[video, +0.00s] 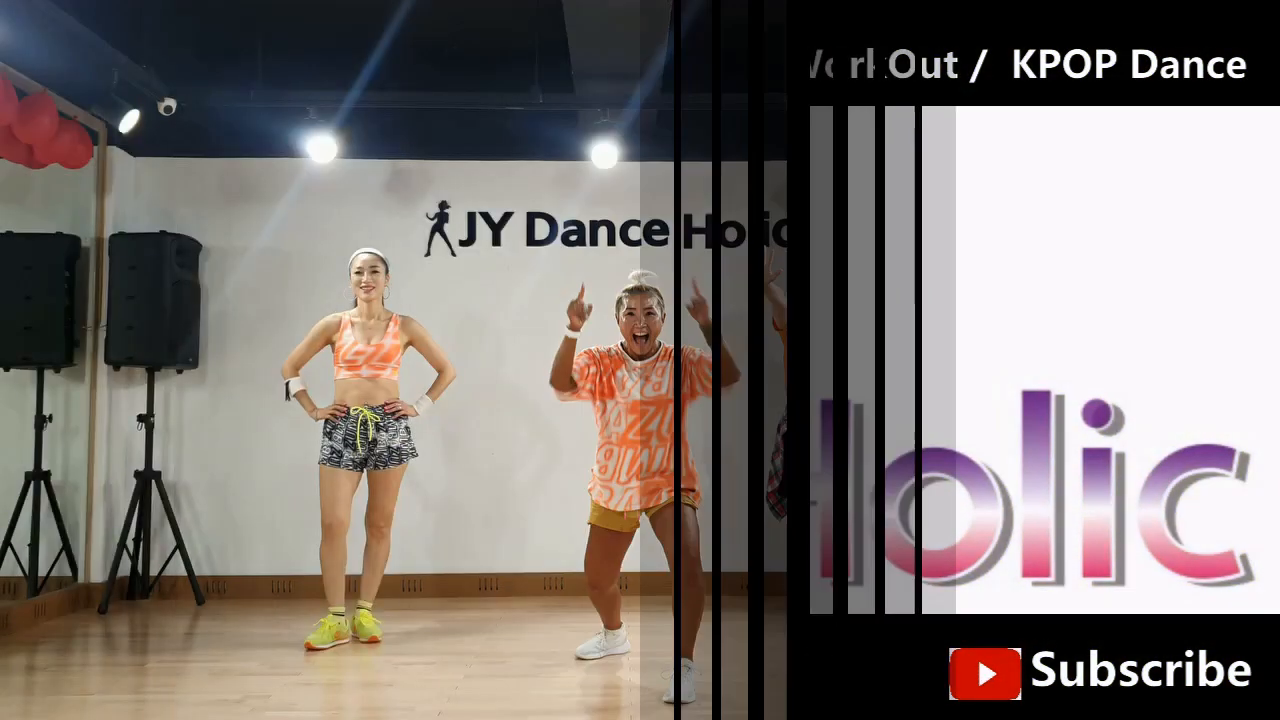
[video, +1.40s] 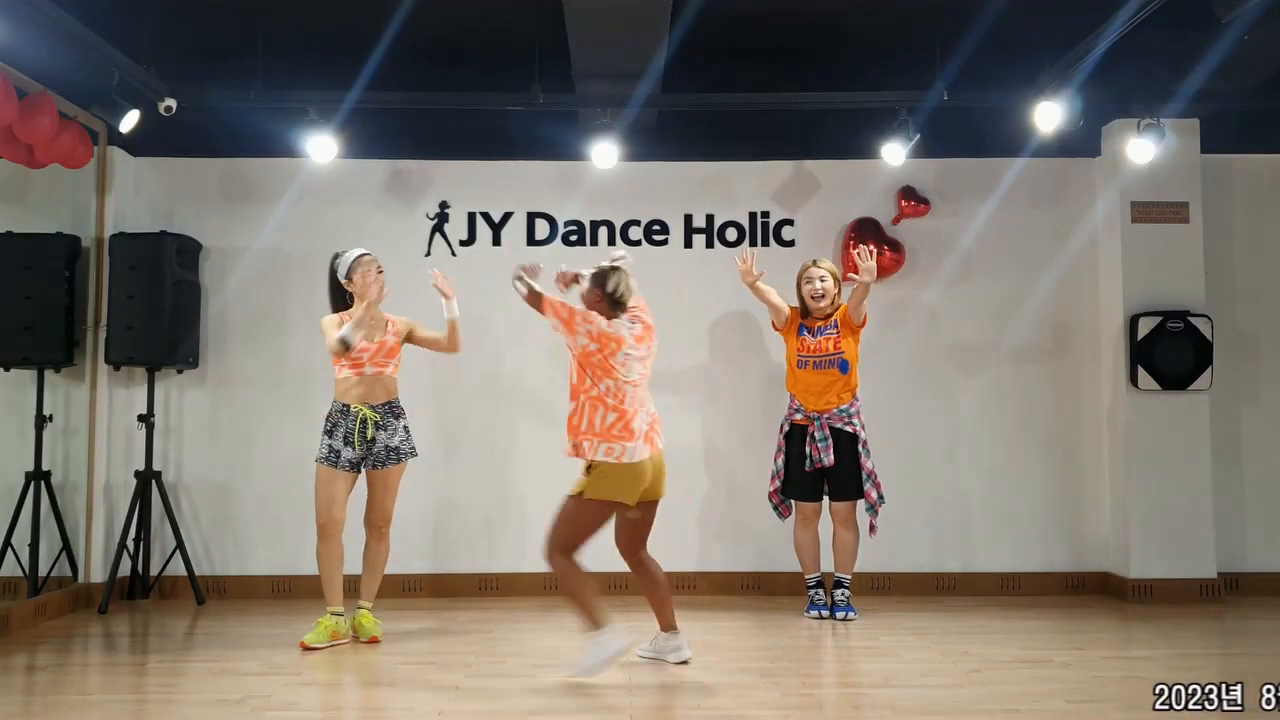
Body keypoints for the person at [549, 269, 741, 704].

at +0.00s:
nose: (640, 322)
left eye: (649, 313)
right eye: (631, 313)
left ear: (662, 319)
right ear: (618, 319)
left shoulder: (679, 360)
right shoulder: (602, 362)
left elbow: (729, 376)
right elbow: (560, 383)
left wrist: (707, 326)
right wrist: (573, 332)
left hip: (669, 480)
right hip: (614, 484)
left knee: (688, 560)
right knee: (598, 577)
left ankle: (685, 665)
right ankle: (614, 635)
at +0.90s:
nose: (626, 314)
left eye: (637, 307)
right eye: (623, 306)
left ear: (661, 315)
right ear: (618, 311)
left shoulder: (687, 357)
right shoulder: (609, 361)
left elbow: (730, 394)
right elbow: (569, 399)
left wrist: (706, 382)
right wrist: (588, 371)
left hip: (673, 477)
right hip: (621, 478)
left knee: (687, 557)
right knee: (600, 567)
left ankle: (686, 664)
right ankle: (612, 634)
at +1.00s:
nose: (607, 308)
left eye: (612, 300)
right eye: (608, 300)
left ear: (634, 305)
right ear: (631, 305)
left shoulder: (680, 360)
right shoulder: (614, 360)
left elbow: (687, 430)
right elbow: (601, 415)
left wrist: (639, 465)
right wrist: (590, 438)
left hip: (673, 475)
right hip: (627, 476)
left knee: (664, 561)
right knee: (603, 557)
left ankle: (695, 663)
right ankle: (617, 632)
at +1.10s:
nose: (606, 305)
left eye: (610, 298)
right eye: (608, 298)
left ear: (625, 301)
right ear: (635, 302)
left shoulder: (650, 352)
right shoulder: (636, 347)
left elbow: (644, 425)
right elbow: (627, 411)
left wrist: (596, 436)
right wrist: (596, 428)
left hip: (661, 481)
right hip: (635, 479)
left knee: (648, 567)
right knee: (604, 547)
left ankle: (707, 666)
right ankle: (646, 630)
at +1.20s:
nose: (606, 300)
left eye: (611, 293)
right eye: (609, 293)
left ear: (624, 299)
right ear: (644, 299)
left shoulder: (626, 346)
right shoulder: (657, 339)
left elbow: (574, 380)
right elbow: (606, 372)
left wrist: (543, 361)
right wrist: (566, 362)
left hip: (641, 468)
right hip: (647, 465)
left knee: (633, 558)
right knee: (626, 553)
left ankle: (702, 653)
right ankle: (670, 635)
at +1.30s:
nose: (600, 297)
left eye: (605, 292)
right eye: (602, 290)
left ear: (618, 298)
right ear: (638, 298)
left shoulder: (601, 332)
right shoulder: (658, 331)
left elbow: (540, 317)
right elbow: (637, 305)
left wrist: (539, 297)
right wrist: (580, 302)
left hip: (621, 467)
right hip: (656, 464)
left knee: (600, 560)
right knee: (635, 550)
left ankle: (658, 629)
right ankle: (673, 634)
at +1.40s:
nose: (585, 299)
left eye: (589, 294)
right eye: (586, 293)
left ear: (600, 298)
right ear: (625, 297)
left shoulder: (593, 329)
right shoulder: (644, 328)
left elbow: (536, 300)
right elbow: (623, 292)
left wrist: (522, 275)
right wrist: (581, 278)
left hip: (614, 465)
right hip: (651, 464)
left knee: (559, 549)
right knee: (634, 548)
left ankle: (602, 631)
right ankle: (672, 637)